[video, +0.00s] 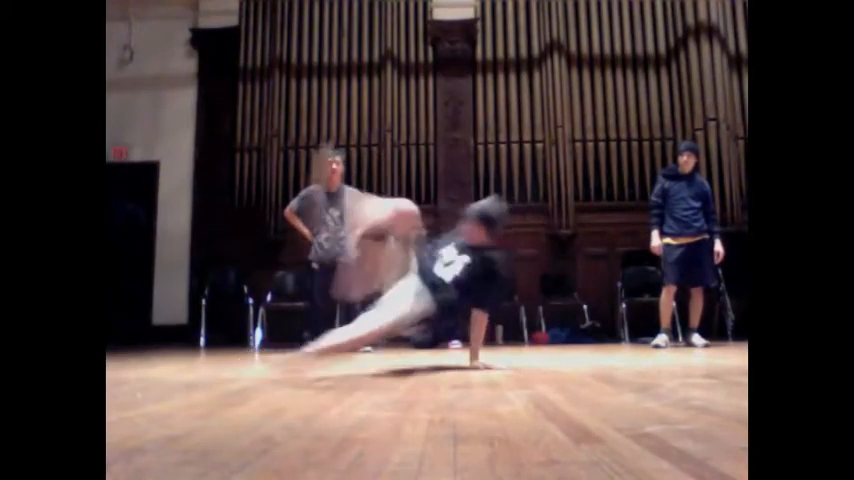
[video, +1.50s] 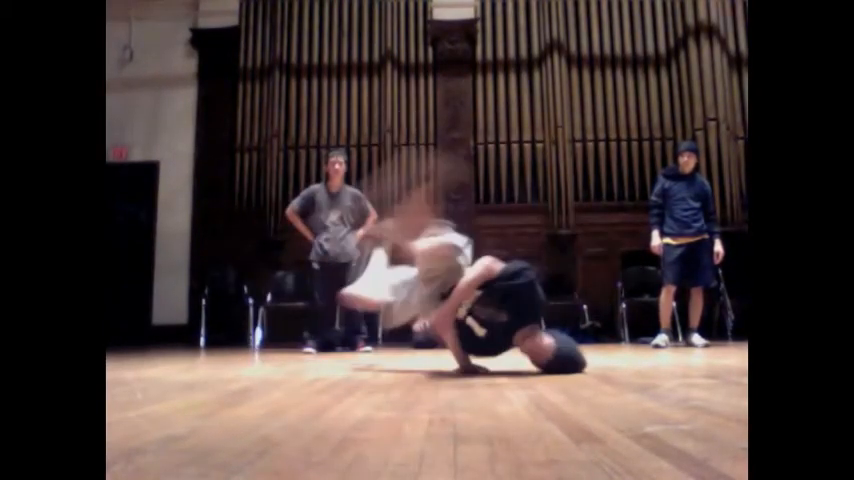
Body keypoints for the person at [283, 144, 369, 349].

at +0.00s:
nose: (333, 171)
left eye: (337, 167)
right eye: (330, 166)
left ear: (342, 171)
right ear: (324, 170)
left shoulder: (351, 194)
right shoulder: (313, 192)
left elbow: (367, 216)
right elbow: (289, 212)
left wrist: (354, 237)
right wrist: (309, 235)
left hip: (346, 256)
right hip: (321, 255)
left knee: (349, 300)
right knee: (320, 300)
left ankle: (348, 338)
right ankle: (318, 337)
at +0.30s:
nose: (335, 167)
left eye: (338, 164)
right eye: (331, 163)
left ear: (344, 168)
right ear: (325, 168)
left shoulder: (353, 194)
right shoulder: (314, 192)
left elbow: (372, 213)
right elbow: (290, 211)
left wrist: (359, 233)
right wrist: (310, 235)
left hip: (347, 254)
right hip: (322, 254)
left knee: (351, 300)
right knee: (320, 302)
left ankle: (356, 339)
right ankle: (316, 339)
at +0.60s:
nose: (336, 167)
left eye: (339, 164)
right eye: (332, 164)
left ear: (344, 169)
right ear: (326, 168)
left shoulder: (353, 194)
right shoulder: (314, 192)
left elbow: (373, 214)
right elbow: (290, 211)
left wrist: (358, 234)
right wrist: (310, 236)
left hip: (347, 252)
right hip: (322, 252)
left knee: (352, 297)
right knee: (316, 298)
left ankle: (360, 338)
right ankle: (312, 339)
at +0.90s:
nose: (336, 167)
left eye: (340, 164)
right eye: (333, 163)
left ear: (345, 168)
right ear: (326, 168)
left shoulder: (354, 194)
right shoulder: (314, 192)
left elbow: (373, 215)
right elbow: (290, 211)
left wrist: (359, 234)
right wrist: (310, 237)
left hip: (347, 254)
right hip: (321, 254)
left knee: (350, 299)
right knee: (319, 299)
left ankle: (354, 340)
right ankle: (317, 340)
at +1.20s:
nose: (336, 167)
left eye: (340, 163)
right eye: (333, 163)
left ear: (345, 168)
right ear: (326, 167)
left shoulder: (354, 194)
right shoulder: (315, 192)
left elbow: (373, 215)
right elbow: (291, 212)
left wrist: (360, 233)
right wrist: (310, 237)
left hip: (347, 252)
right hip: (322, 252)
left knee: (351, 299)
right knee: (321, 300)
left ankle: (358, 339)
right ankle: (316, 339)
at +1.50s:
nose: (336, 167)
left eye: (340, 163)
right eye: (333, 163)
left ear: (345, 168)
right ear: (326, 167)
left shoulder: (354, 195)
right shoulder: (314, 192)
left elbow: (372, 215)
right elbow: (291, 212)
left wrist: (359, 234)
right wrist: (310, 237)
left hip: (347, 252)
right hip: (322, 251)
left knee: (350, 297)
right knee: (321, 299)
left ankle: (357, 339)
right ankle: (317, 340)